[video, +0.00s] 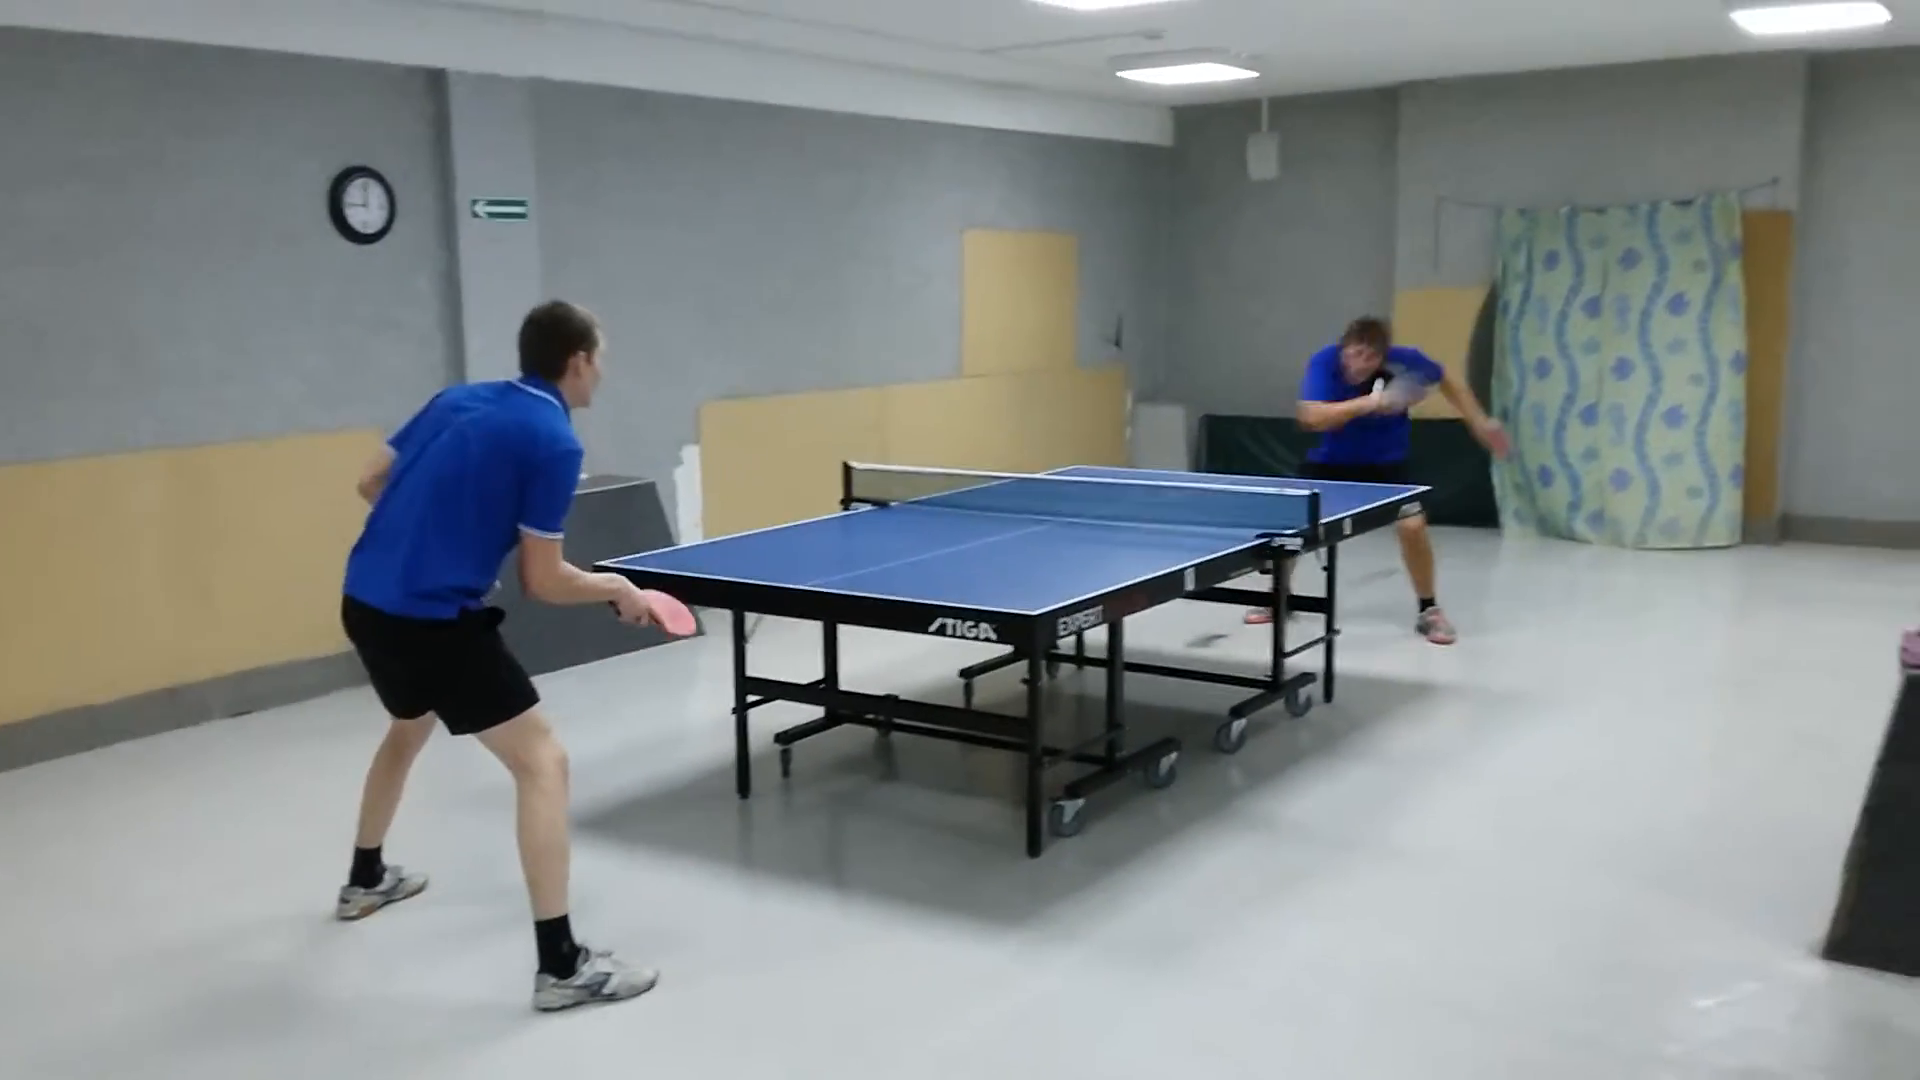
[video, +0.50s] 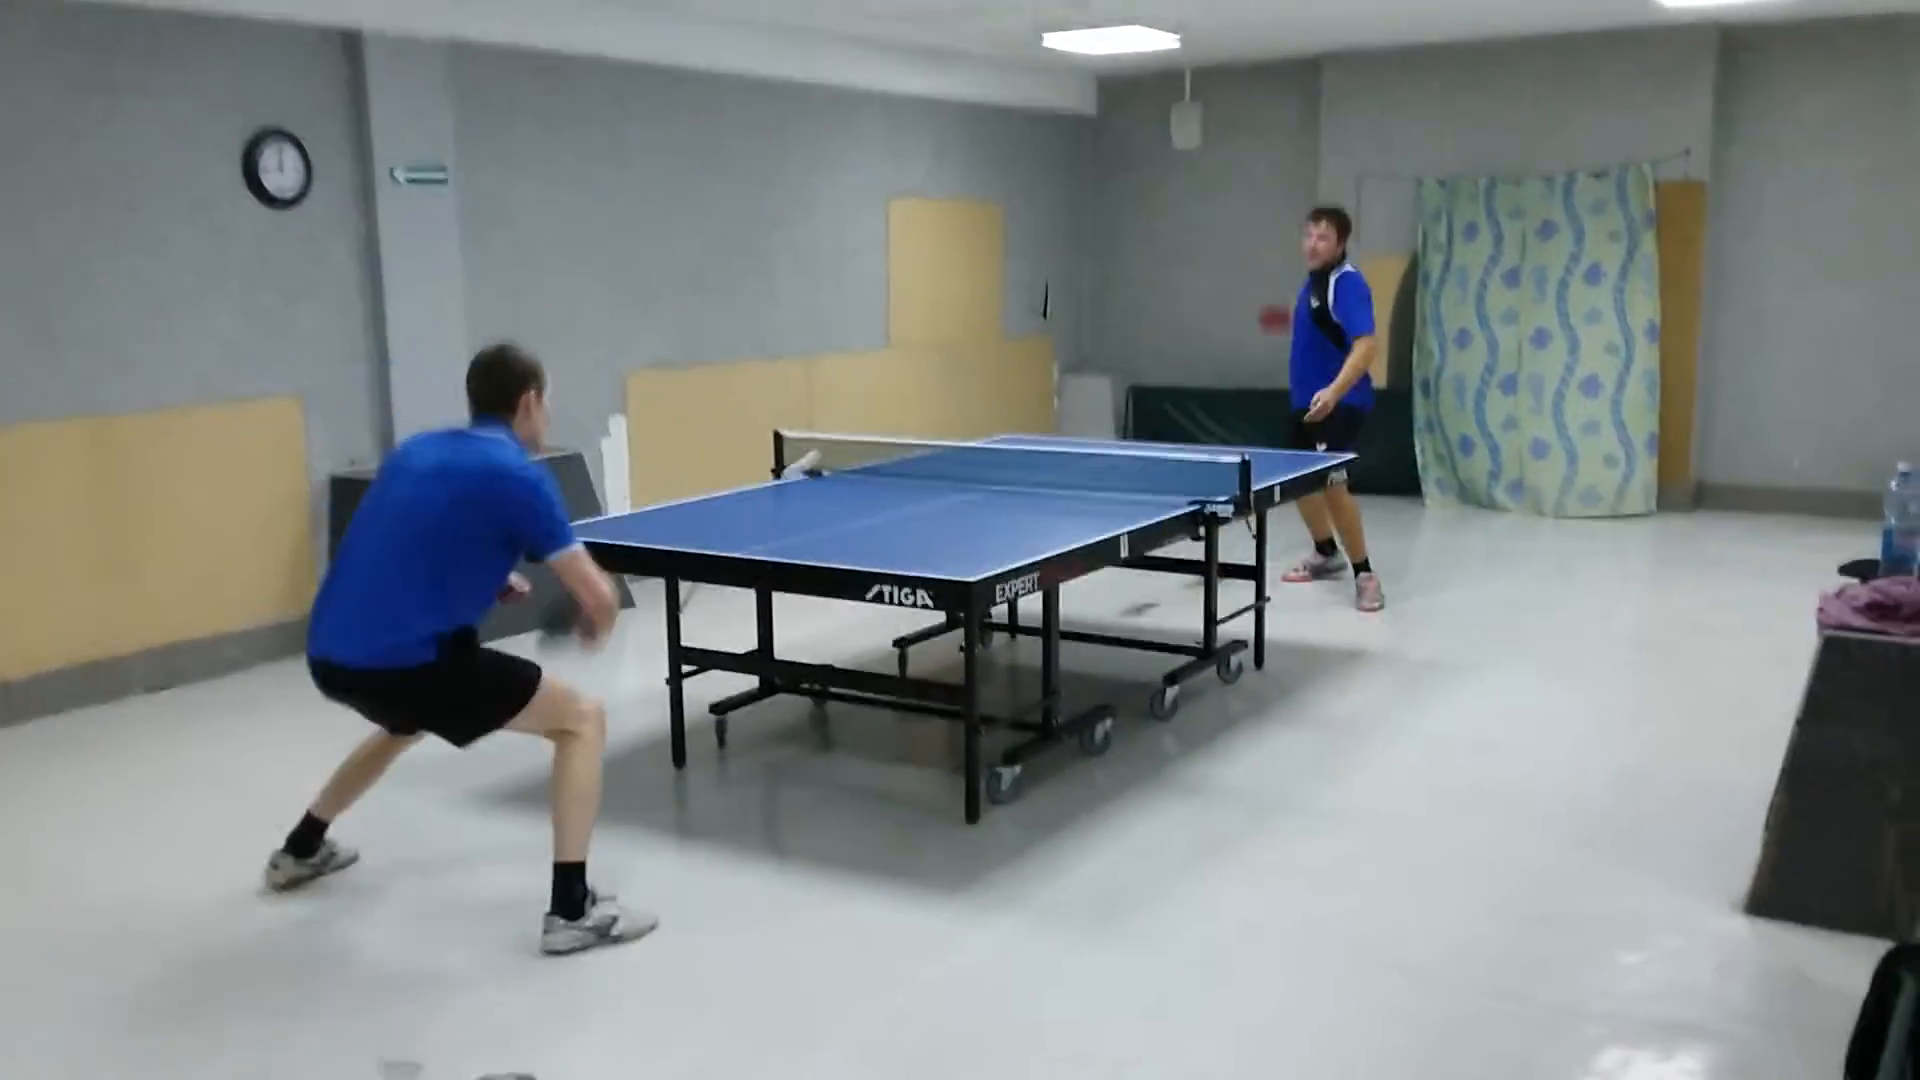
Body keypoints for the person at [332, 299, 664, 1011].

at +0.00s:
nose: (599, 373)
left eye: (597, 360)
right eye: (597, 361)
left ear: (528, 359)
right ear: (576, 364)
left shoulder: (458, 399)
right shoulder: (553, 440)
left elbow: (372, 481)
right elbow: (543, 578)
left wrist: (442, 529)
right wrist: (616, 589)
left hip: (367, 603)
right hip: (437, 616)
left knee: (410, 726)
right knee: (542, 764)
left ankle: (363, 880)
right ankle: (560, 965)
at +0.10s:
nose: (573, 364)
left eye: (570, 351)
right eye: (569, 352)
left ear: (505, 355)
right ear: (547, 358)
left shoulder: (434, 396)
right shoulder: (530, 436)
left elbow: (349, 482)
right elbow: (532, 573)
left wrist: (414, 530)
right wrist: (608, 579)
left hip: (352, 605)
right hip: (423, 617)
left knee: (396, 723)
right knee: (531, 765)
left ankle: (338, 880)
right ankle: (538, 966)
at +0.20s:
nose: (555, 350)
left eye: (551, 337)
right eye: (551, 338)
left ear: (484, 341)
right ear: (532, 344)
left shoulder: (413, 389)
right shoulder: (517, 426)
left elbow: (336, 479)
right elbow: (538, 562)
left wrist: (407, 518)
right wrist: (607, 547)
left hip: (345, 602)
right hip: (419, 614)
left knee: (390, 719)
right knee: (540, 749)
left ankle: (324, 869)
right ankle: (529, 945)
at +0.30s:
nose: (552, 351)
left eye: (548, 338)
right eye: (549, 339)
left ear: (479, 342)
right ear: (530, 343)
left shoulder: (413, 392)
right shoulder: (515, 423)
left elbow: (346, 482)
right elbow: (566, 552)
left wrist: (450, 536)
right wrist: (615, 517)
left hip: (338, 604)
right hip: (416, 609)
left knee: (403, 703)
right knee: (562, 717)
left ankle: (312, 846)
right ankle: (571, 905)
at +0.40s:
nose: (552, 379)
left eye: (549, 366)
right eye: (549, 367)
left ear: (480, 370)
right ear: (532, 371)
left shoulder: (418, 419)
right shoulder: (525, 447)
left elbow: (399, 512)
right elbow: (596, 562)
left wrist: (480, 552)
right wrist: (615, 522)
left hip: (330, 620)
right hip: (408, 628)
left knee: (400, 708)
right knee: (567, 715)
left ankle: (305, 842)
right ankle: (574, 900)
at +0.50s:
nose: (546, 417)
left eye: (545, 405)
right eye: (544, 405)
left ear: (476, 402)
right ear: (528, 405)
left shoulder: (417, 449)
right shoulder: (519, 475)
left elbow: (405, 539)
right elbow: (596, 595)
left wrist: (489, 577)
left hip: (334, 657)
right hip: (412, 666)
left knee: (407, 721)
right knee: (581, 718)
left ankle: (300, 849)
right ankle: (571, 909)